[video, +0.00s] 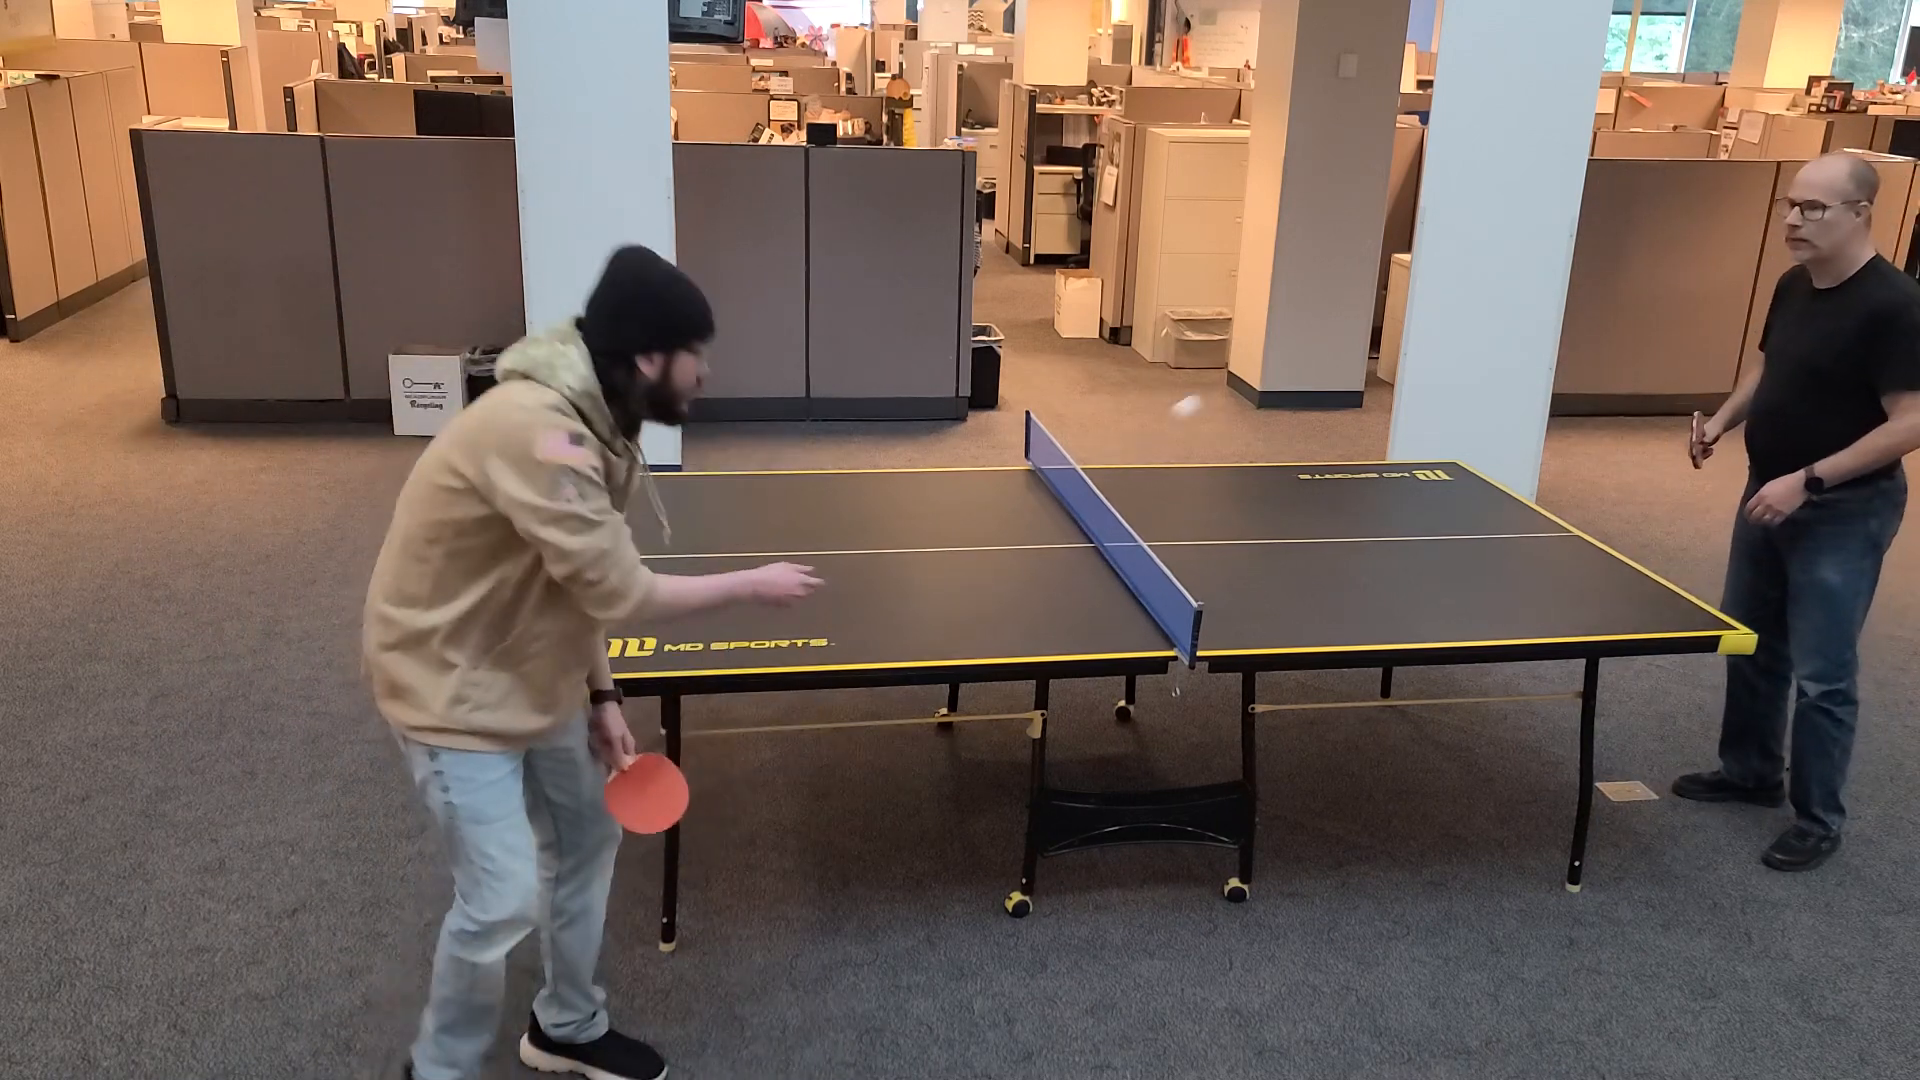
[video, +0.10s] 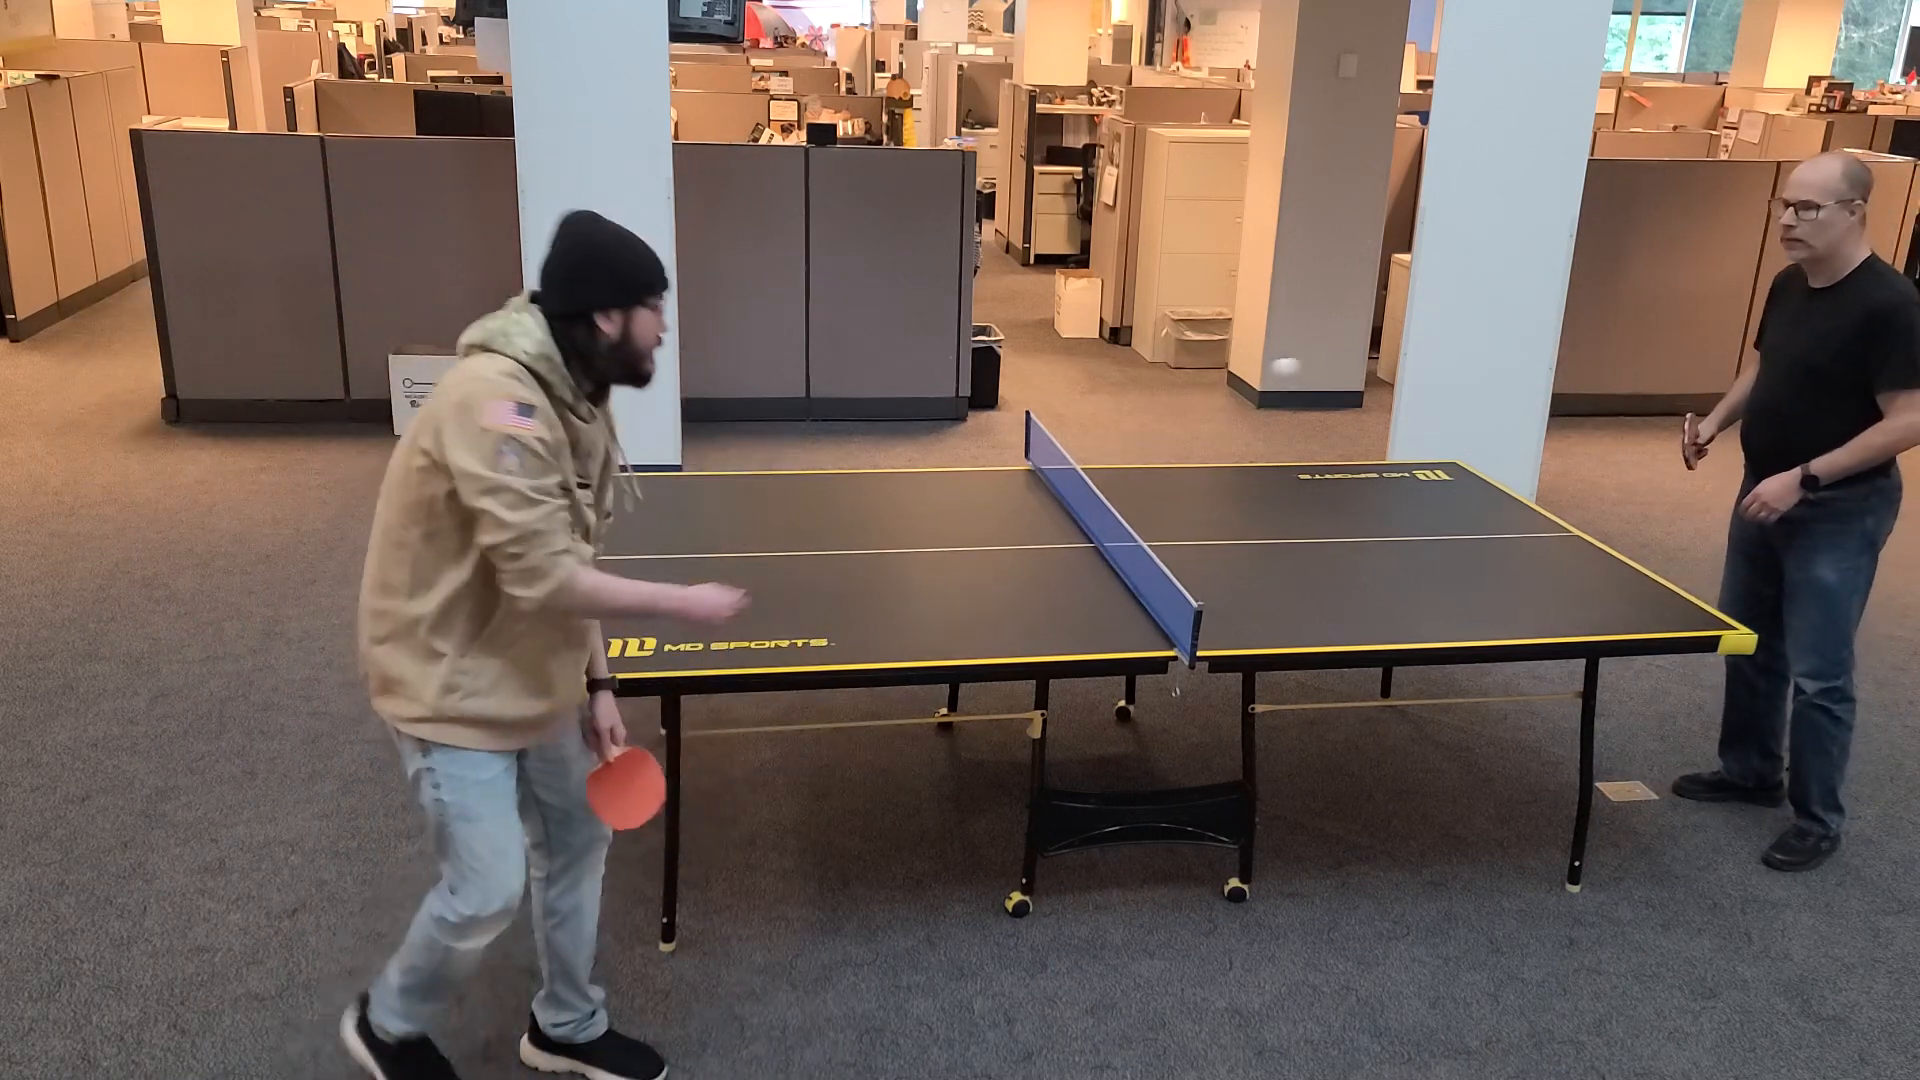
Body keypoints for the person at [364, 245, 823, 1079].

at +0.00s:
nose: (703, 373)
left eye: (703, 355)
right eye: (695, 355)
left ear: (641, 356)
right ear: (644, 358)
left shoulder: (598, 426)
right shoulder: (537, 432)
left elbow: (574, 582)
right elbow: (620, 597)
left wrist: (601, 695)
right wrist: (748, 586)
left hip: (532, 666)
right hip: (445, 674)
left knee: (585, 835)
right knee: (503, 893)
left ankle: (567, 1025)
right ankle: (443, 1067)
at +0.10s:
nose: (664, 327)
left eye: (661, 309)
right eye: (653, 310)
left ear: (601, 319)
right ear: (601, 318)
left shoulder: (573, 398)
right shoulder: (496, 404)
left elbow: (573, 553)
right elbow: (541, 577)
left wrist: (597, 681)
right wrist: (682, 602)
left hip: (532, 660)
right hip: (446, 670)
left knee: (575, 840)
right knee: (488, 886)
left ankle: (567, 1024)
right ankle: (387, 1023)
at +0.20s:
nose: (618, 302)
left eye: (615, 283)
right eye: (604, 284)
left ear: (551, 293)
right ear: (550, 293)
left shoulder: (548, 380)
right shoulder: (448, 386)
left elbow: (556, 546)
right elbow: (451, 567)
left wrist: (579, 669)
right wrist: (595, 642)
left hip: (537, 673)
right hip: (443, 684)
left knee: (570, 848)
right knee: (454, 885)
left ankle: (567, 1022)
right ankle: (340, 984)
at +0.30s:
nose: (566, 292)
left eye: (560, 274)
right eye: (551, 276)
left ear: (505, 289)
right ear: (500, 290)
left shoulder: (512, 385)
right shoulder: (396, 393)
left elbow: (530, 542)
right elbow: (370, 566)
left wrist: (566, 657)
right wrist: (486, 672)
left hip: (513, 677)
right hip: (414, 690)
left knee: (564, 849)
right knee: (415, 879)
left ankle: (568, 1024)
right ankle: (305, 1000)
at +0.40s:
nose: (515, 286)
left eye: (509, 268)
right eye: (498, 270)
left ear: (450, 285)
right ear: (445, 285)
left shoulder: (465, 380)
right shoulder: (345, 392)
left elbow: (493, 529)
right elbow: (296, 566)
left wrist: (535, 641)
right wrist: (388, 688)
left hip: (475, 667)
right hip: (380, 687)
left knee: (529, 842)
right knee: (366, 868)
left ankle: (564, 1020)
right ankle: (295, 1007)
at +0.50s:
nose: (470, 276)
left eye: (465, 259)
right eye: (453, 261)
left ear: (409, 276)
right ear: (399, 277)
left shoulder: (431, 362)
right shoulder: (297, 385)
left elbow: (445, 512)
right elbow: (244, 556)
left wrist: (496, 624)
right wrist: (309, 698)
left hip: (438, 652)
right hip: (347, 673)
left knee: (487, 833)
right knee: (340, 864)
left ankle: (542, 1009)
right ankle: (294, 1010)